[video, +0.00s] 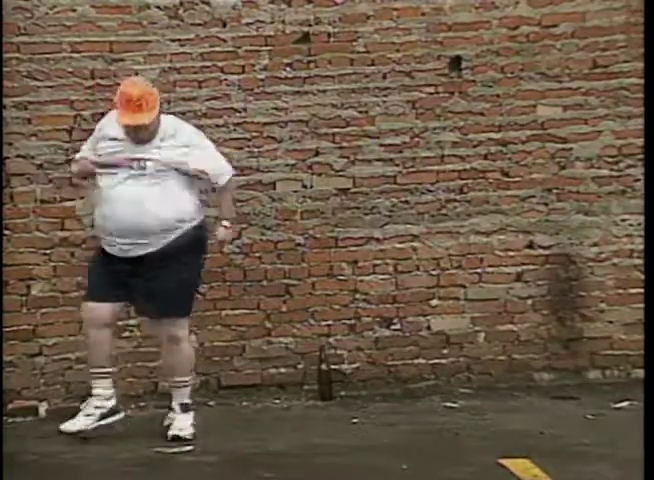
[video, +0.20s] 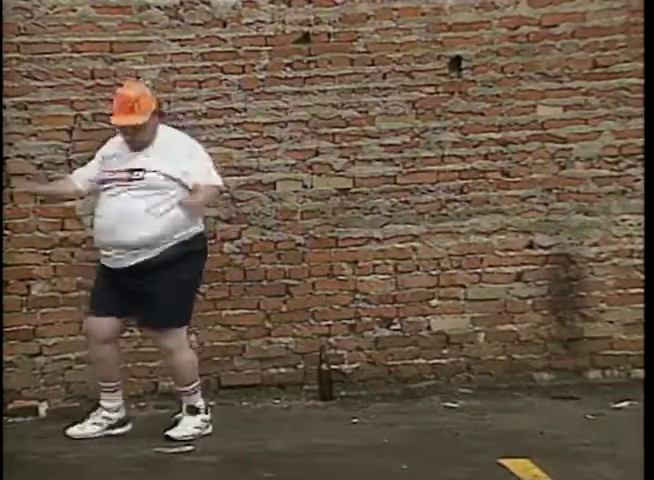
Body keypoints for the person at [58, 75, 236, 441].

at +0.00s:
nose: (137, 131)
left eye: (143, 125)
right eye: (130, 125)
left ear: (157, 114)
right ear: (119, 114)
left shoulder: (184, 137)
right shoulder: (107, 130)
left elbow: (224, 178)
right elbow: (77, 178)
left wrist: (227, 220)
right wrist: (80, 170)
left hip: (174, 246)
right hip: (117, 246)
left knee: (174, 332)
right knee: (95, 316)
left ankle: (182, 411)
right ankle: (103, 400)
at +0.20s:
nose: (130, 135)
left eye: (137, 128)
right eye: (124, 128)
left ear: (154, 117)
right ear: (117, 122)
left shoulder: (180, 146)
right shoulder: (112, 150)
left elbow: (210, 186)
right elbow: (77, 184)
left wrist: (196, 200)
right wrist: (37, 187)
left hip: (172, 254)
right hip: (119, 259)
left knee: (171, 336)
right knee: (99, 329)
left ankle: (195, 413)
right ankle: (112, 412)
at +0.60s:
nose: (95, 130)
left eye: (101, 122)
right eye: (92, 123)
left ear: (123, 116)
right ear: (93, 122)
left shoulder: (146, 130)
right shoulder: (99, 149)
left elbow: (133, 151)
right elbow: (100, 196)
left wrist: (115, 170)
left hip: (165, 257)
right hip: (109, 262)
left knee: (177, 335)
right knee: (117, 336)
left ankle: (180, 410)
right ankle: (133, 412)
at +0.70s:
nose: (99, 139)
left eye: (106, 131)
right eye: (95, 132)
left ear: (124, 122)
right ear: (89, 128)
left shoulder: (147, 140)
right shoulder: (96, 157)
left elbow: (154, 175)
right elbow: (90, 200)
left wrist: (139, 208)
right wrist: (76, 215)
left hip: (162, 259)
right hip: (107, 261)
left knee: (172, 338)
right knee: (113, 338)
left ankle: (181, 408)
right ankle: (133, 414)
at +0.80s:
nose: (99, 122)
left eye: (106, 115)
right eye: (93, 115)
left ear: (123, 105)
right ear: (84, 110)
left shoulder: (149, 130)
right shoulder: (87, 141)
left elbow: (190, 169)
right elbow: (81, 189)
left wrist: (179, 212)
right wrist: (49, 181)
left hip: (155, 246)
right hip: (103, 252)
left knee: (163, 330)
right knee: (115, 332)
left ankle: (181, 404)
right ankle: (132, 410)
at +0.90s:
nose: (102, 104)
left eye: (110, 97)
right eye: (96, 97)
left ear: (127, 92)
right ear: (87, 94)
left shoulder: (153, 118)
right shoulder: (77, 126)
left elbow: (196, 161)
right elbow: (61, 175)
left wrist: (198, 198)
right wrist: (29, 173)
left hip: (160, 226)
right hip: (107, 239)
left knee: (170, 314)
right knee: (118, 324)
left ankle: (201, 394)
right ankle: (136, 407)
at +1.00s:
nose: (105, 109)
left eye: (115, 102)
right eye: (99, 101)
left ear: (131, 101)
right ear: (90, 99)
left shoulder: (150, 125)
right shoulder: (73, 131)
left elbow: (195, 153)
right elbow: (33, 166)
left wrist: (208, 177)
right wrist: (7, 172)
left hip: (160, 230)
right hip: (107, 247)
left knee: (173, 311)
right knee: (122, 335)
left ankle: (223, 382)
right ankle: (145, 414)